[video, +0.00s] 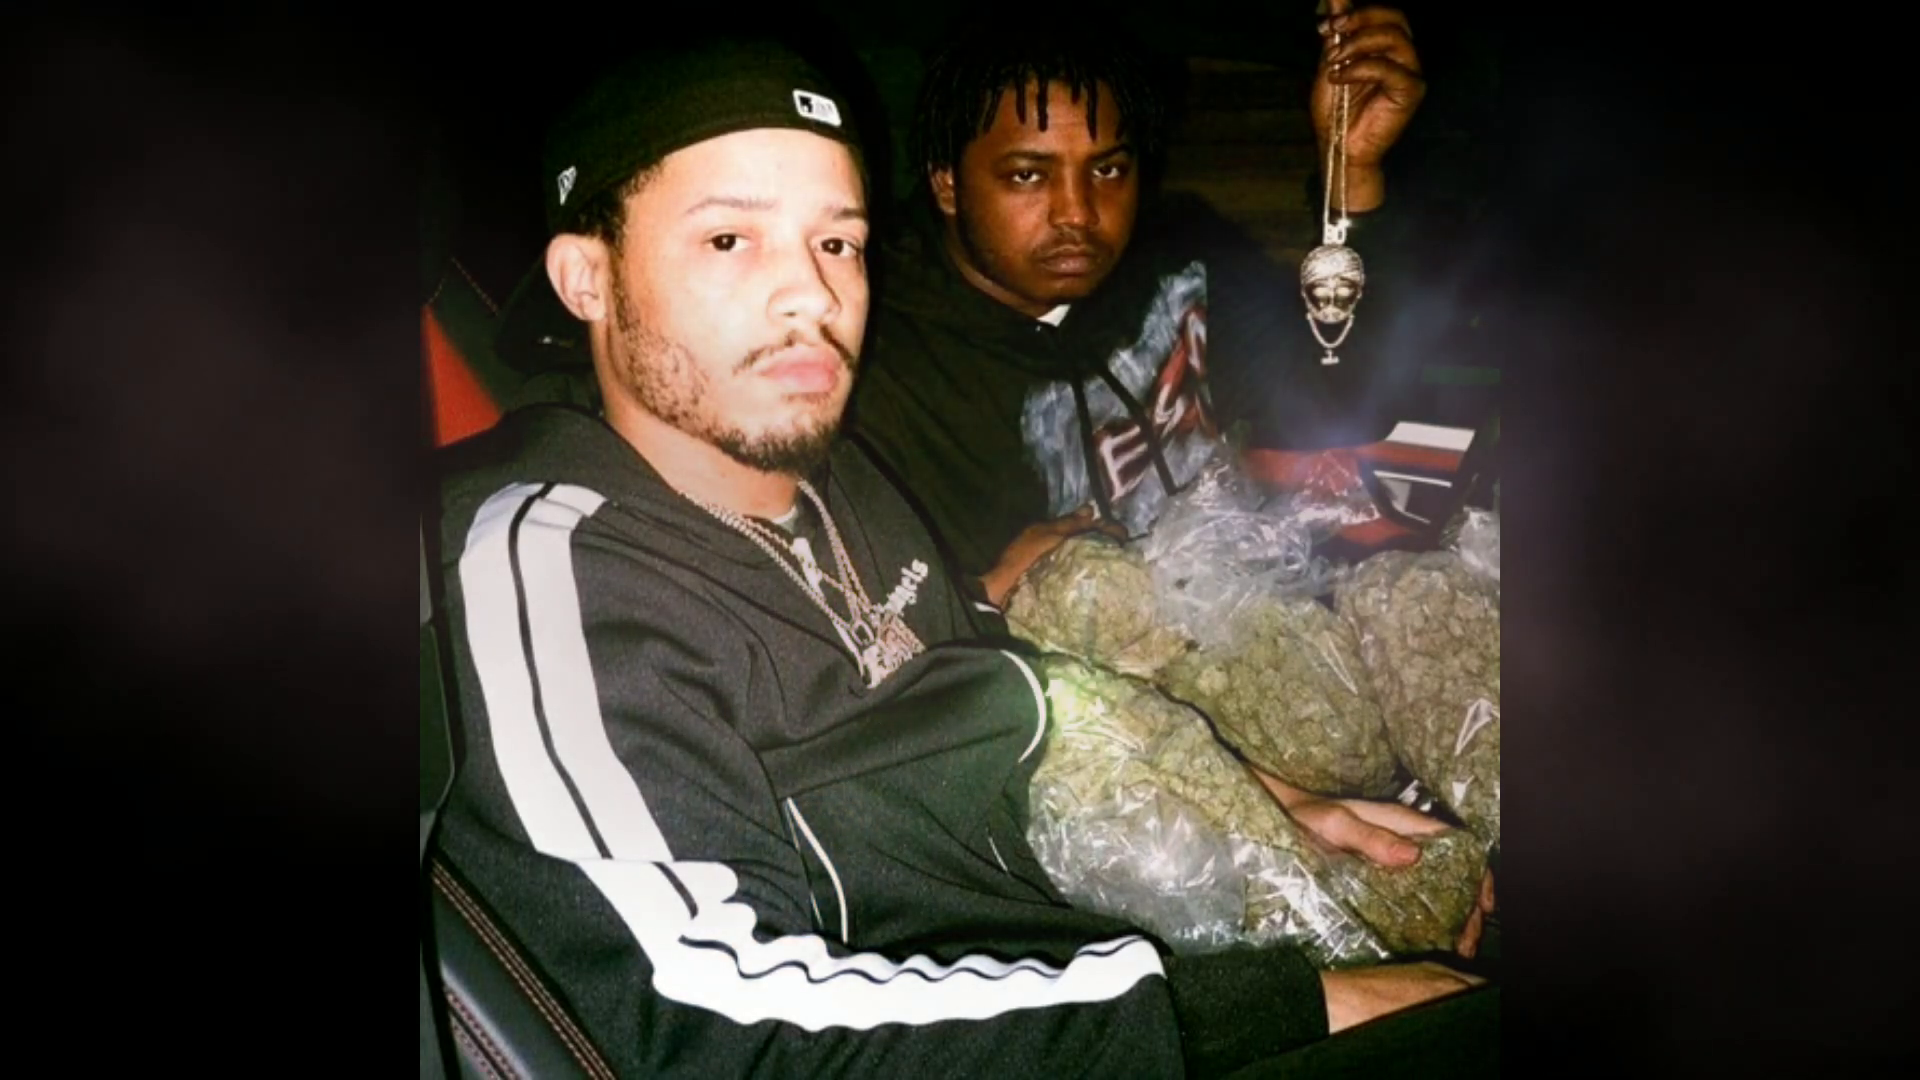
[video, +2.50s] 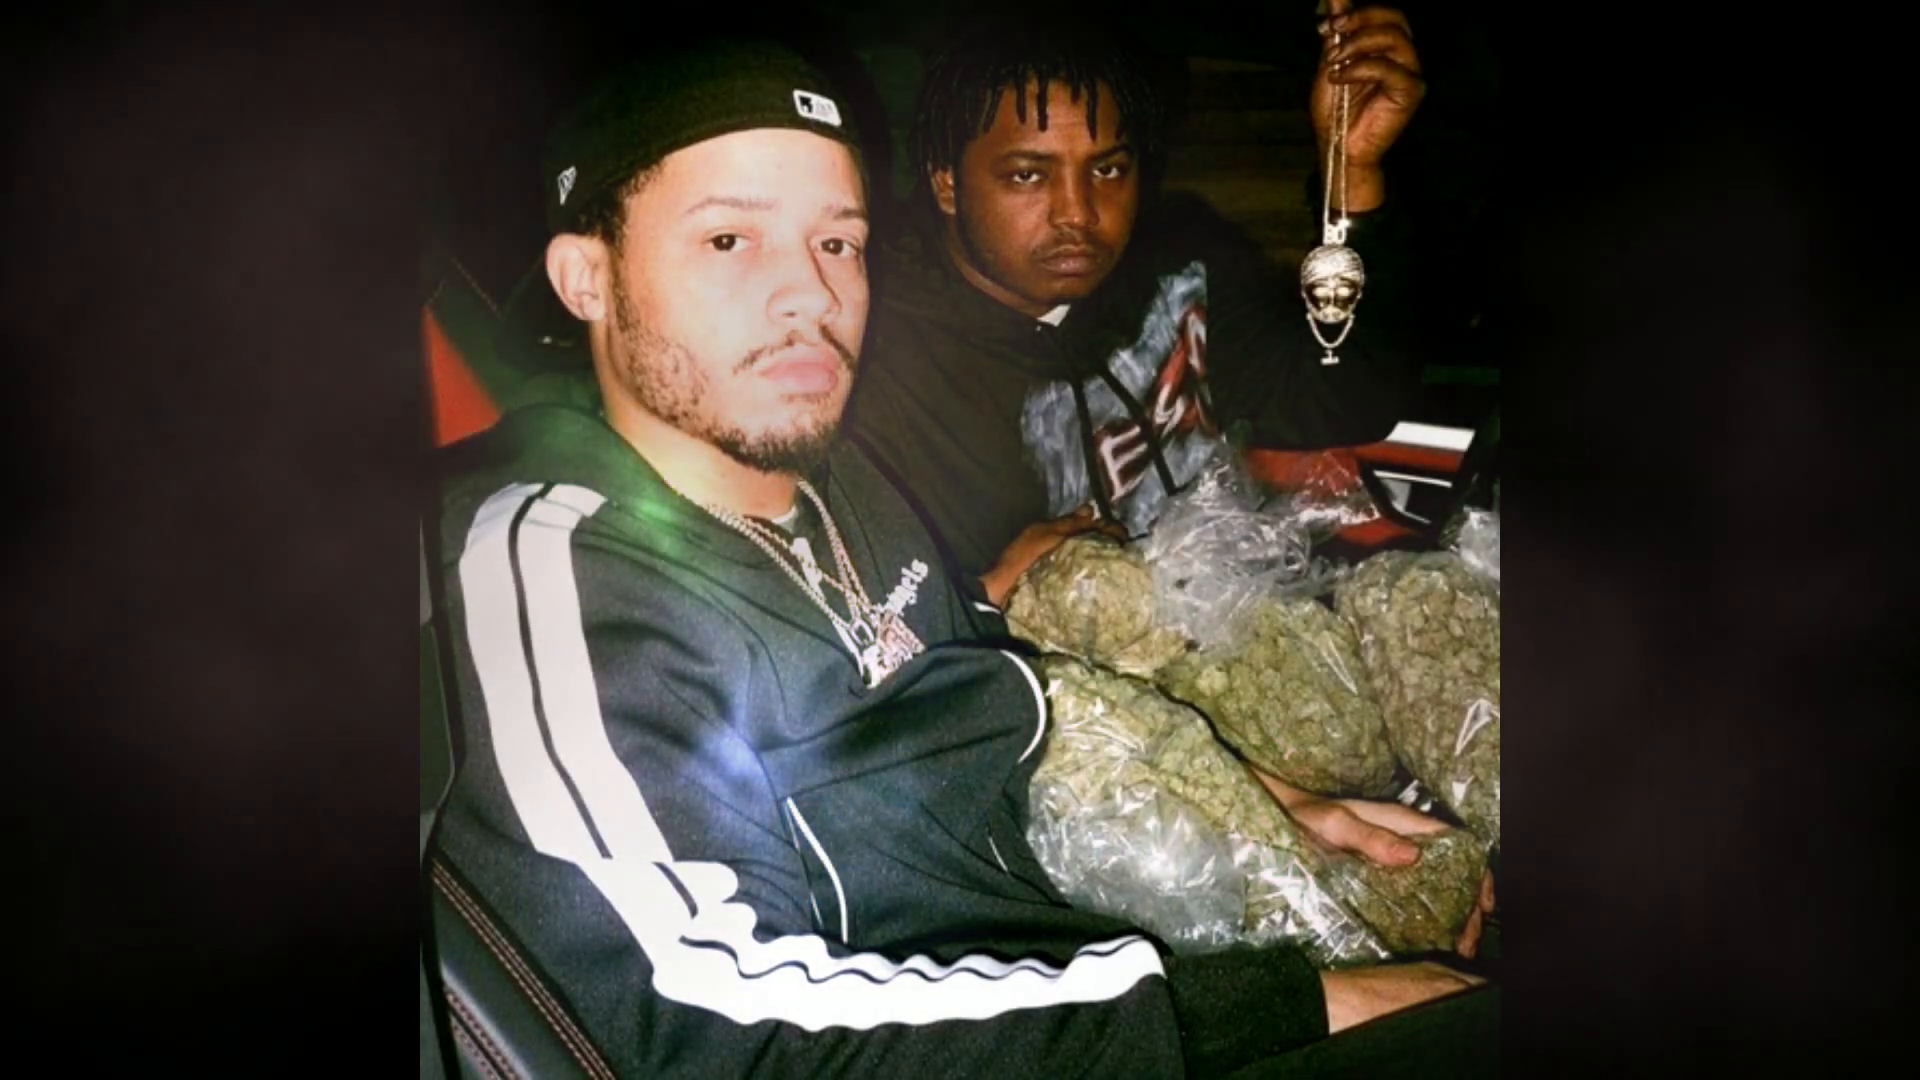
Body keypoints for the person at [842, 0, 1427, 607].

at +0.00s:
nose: (1077, 216)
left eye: (1107, 170)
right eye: (1028, 176)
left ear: (1141, 172)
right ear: (946, 187)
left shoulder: (1183, 251)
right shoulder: (894, 375)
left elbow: (1342, 411)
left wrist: (1352, 172)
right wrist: (994, 590)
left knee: (1422, 594)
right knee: (1076, 580)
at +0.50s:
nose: (1077, 216)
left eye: (1107, 171)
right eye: (1028, 176)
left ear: (1140, 173)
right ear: (946, 187)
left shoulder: (1179, 255)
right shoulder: (896, 367)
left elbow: (1343, 407)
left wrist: (1352, 172)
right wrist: (997, 586)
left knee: (1422, 596)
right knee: (1075, 578)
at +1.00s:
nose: (1077, 217)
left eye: (1108, 171)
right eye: (1028, 176)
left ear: (1141, 172)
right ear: (946, 187)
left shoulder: (1180, 255)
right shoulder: (892, 373)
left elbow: (1345, 408)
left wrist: (1352, 171)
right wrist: (990, 594)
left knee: (1429, 604)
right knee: (1079, 581)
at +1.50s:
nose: (1077, 217)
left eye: (1107, 171)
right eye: (1029, 176)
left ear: (1140, 174)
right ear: (946, 187)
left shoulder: (1176, 254)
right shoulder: (890, 375)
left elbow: (1341, 409)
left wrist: (1353, 171)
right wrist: (990, 596)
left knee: (1432, 604)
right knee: (1083, 584)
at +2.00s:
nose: (1077, 216)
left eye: (1108, 171)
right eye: (1029, 175)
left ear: (1140, 175)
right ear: (945, 187)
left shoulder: (1176, 268)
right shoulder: (889, 371)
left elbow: (1343, 411)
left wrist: (1353, 173)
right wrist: (989, 597)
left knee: (1428, 603)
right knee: (1083, 584)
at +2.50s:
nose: (1078, 216)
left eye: (1108, 170)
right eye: (1028, 175)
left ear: (1142, 173)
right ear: (944, 186)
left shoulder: (1180, 256)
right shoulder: (892, 362)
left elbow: (1347, 414)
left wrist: (1352, 173)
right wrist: (992, 592)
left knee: (1429, 599)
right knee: (1082, 581)